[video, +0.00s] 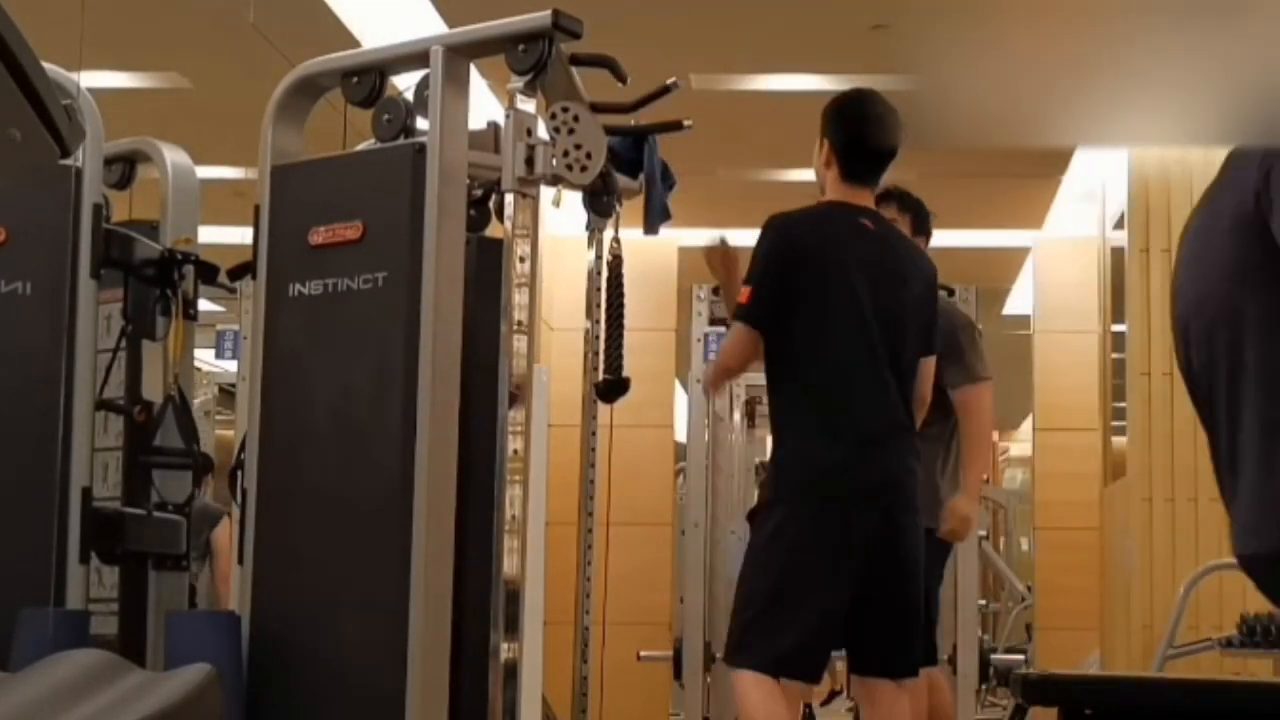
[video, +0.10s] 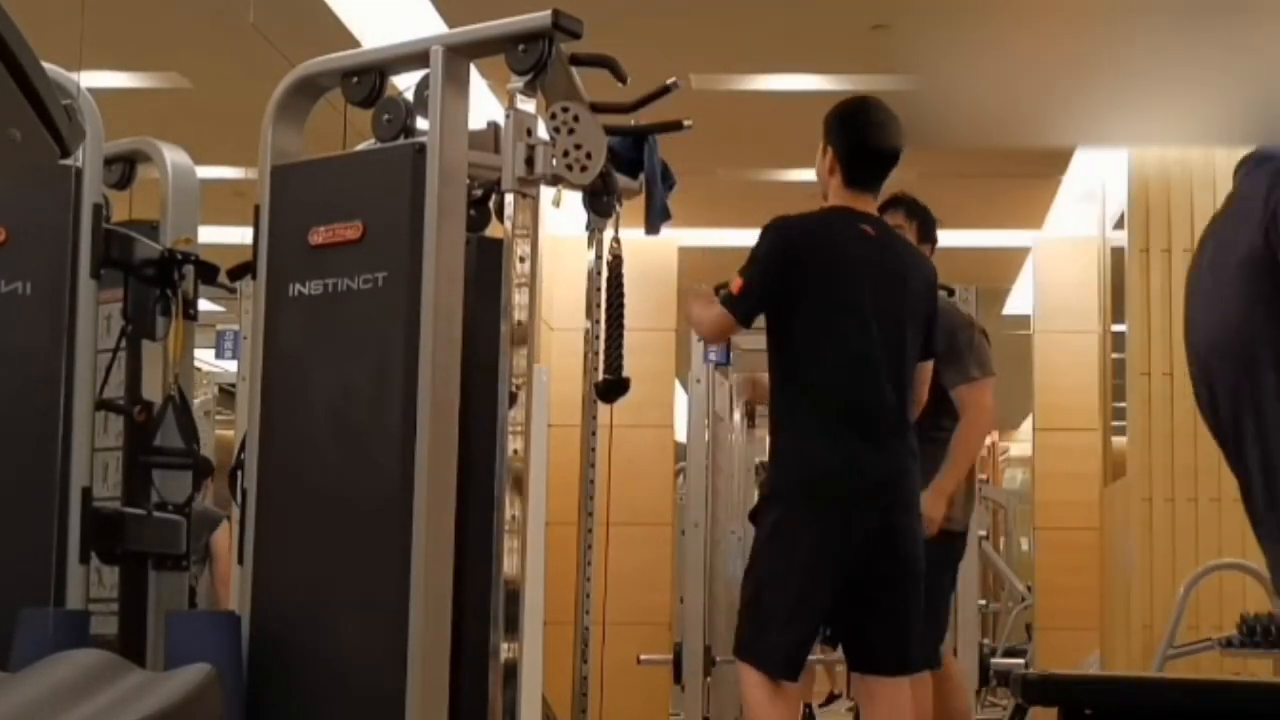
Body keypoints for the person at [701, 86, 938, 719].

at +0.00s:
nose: (817, 154)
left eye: (819, 144)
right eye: (820, 145)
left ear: (825, 153)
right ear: (891, 162)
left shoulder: (789, 233)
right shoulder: (917, 263)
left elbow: (737, 353)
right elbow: (919, 399)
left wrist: (713, 377)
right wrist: (885, 450)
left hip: (807, 484)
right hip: (894, 491)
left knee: (759, 666)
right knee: (888, 671)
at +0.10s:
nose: (818, 161)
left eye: (820, 153)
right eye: (822, 153)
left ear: (828, 160)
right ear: (891, 168)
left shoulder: (790, 237)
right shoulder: (917, 267)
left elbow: (714, 326)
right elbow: (915, 399)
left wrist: (698, 303)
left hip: (804, 495)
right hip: (890, 500)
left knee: (766, 670)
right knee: (889, 675)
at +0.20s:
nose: (817, 169)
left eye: (819, 160)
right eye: (823, 159)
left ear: (827, 168)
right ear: (888, 176)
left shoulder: (784, 243)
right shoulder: (912, 271)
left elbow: (692, 284)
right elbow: (908, 388)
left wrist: (679, 241)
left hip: (801, 493)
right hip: (885, 497)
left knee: (771, 668)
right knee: (885, 672)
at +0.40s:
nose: (799, 191)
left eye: (803, 180)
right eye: (808, 180)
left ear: (812, 188)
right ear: (868, 199)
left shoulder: (770, 251)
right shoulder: (887, 284)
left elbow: (689, 219)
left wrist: (666, 153)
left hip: (789, 495)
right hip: (869, 499)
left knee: (770, 674)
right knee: (874, 675)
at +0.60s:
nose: (771, 201)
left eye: (777, 192)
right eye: (778, 192)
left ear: (786, 204)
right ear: (835, 216)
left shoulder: (751, 260)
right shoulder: (844, 291)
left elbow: (678, 204)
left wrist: (657, 124)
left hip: (751, 493)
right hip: (826, 497)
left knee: (741, 677)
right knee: (846, 676)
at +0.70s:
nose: (760, 201)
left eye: (766, 192)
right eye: (767, 192)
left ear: (776, 206)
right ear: (820, 218)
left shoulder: (742, 257)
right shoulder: (825, 288)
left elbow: (675, 201)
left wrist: (649, 117)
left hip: (738, 485)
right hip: (805, 488)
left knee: (734, 668)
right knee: (818, 664)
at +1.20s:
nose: (723, 216)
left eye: (733, 209)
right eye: (730, 207)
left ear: (752, 226)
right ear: (767, 235)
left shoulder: (732, 282)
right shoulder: (743, 285)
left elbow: (664, 209)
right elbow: (661, 213)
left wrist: (647, 120)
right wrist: (656, 129)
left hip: (709, 498)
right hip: (736, 496)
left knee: (686, 667)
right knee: (728, 665)